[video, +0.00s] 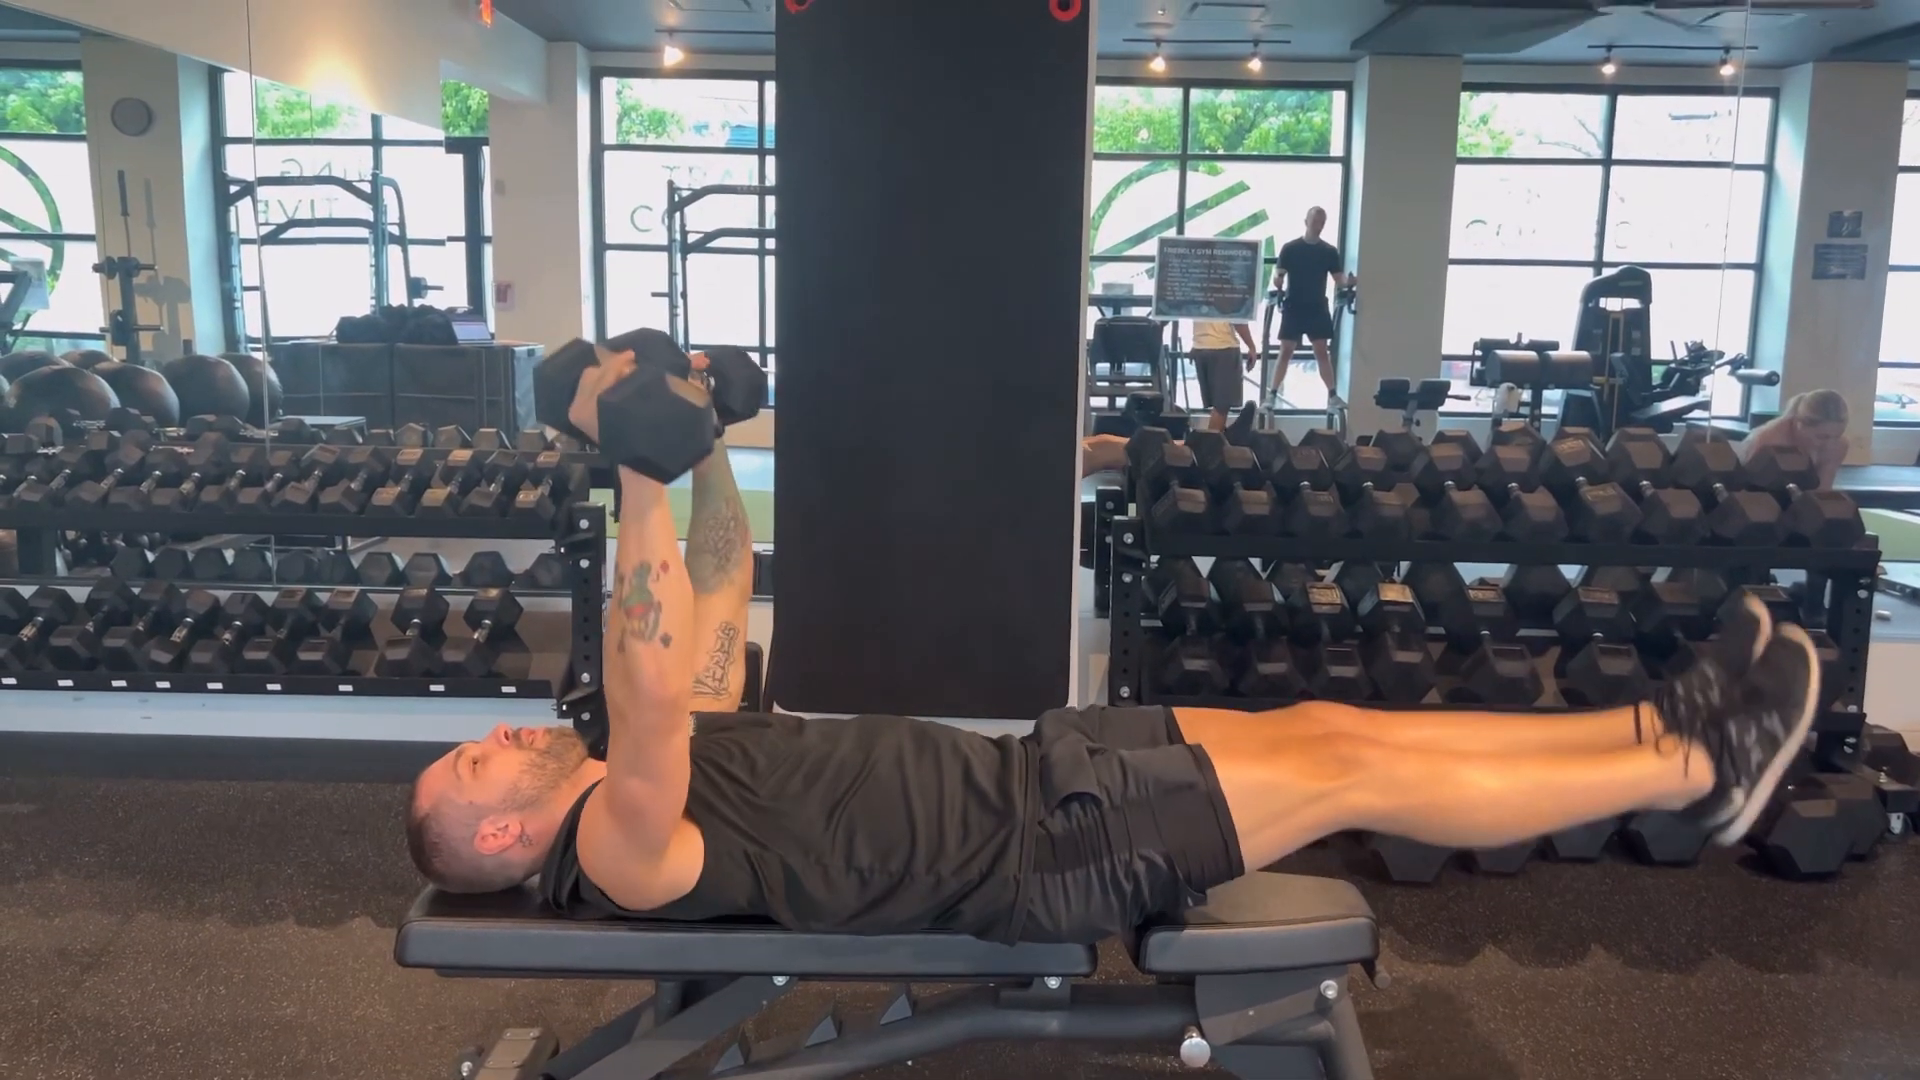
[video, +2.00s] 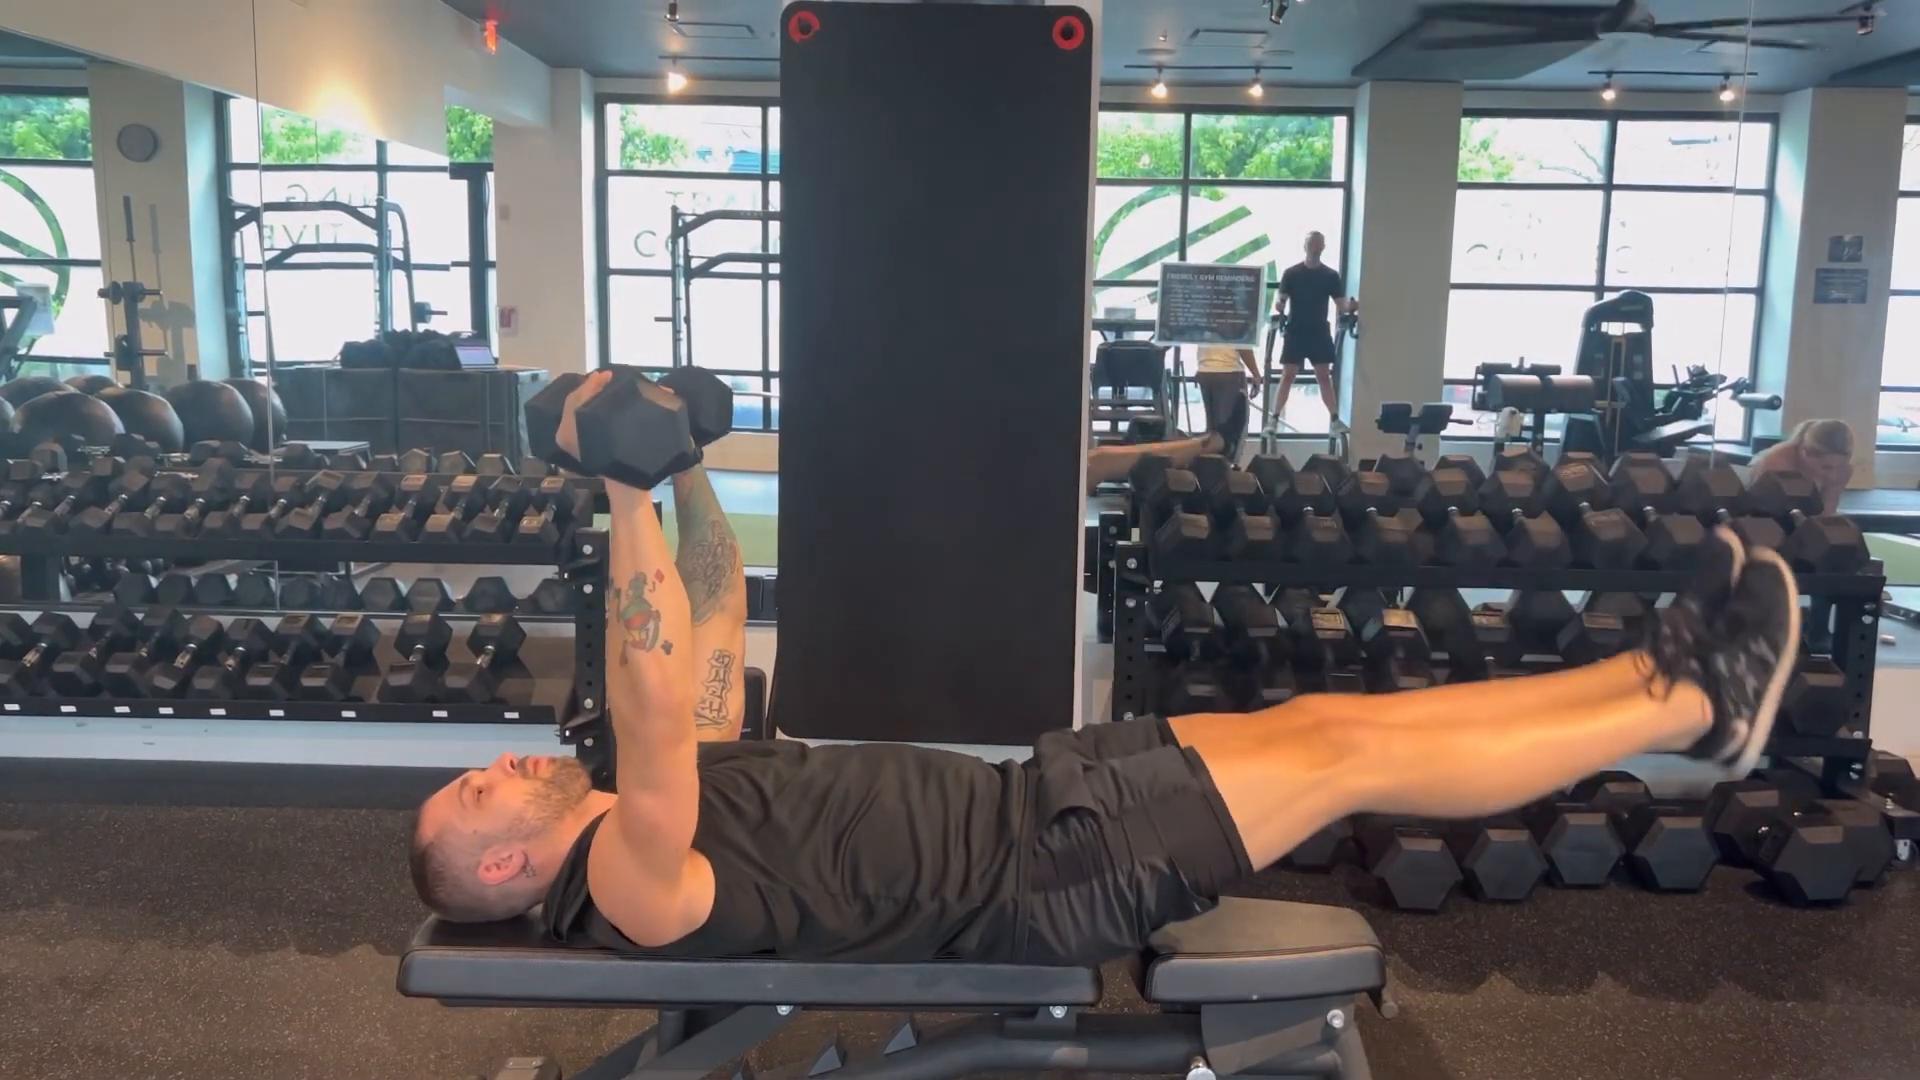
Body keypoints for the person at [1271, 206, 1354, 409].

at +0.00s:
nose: (1317, 225)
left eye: (1321, 221)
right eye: (1314, 220)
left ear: (1324, 224)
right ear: (1306, 221)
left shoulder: (1330, 252)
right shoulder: (1290, 248)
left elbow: (1339, 280)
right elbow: (1278, 277)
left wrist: (1351, 281)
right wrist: (1279, 288)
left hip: (1318, 306)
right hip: (1293, 306)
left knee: (1321, 351)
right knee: (1286, 350)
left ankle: (1332, 395)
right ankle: (1272, 394)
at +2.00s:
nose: (1313, 249)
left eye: (1317, 245)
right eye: (1310, 244)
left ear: (1322, 247)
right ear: (1305, 246)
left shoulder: (1331, 276)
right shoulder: (1291, 274)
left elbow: (1341, 304)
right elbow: (1280, 302)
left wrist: (1351, 306)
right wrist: (1280, 311)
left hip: (1319, 330)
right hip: (1295, 330)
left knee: (1323, 375)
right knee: (1288, 374)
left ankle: (1334, 419)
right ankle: (1274, 417)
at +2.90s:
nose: (1309, 277)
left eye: (1313, 273)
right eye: (1306, 272)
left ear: (1318, 272)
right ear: (1299, 269)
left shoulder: (1325, 291)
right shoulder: (1286, 289)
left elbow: (1335, 315)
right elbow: (1275, 312)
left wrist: (1345, 312)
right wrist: (1274, 315)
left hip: (1316, 340)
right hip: (1292, 340)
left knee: (1328, 379)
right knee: (1283, 377)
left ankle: (1331, 424)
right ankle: (1271, 421)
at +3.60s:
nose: (1307, 282)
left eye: (1310, 278)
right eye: (1303, 278)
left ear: (1315, 278)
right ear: (1297, 277)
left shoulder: (1321, 300)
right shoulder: (1285, 300)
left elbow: (1333, 323)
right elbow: (1271, 324)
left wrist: (1344, 319)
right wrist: (1272, 319)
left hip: (1314, 352)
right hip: (1291, 353)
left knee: (1314, 399)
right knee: (1290, 399)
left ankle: (1311, 442)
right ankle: (1286, 441)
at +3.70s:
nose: (1306, 284)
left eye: (1309, 280)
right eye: (1302, 279)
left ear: (1314, 280)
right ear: (1296, 279)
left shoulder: (1320, 301)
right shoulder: (1284, 301)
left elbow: (1334, 323)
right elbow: (1272, 333)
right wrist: (1273, 321)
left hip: (1312, 356)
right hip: (1289, 356)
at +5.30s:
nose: (1303, 288)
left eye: (1306, 284)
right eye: (1299, 284)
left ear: (1310, 287)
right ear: (1293, 288)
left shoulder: (1320, 311)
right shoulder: (1284, 312)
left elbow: (1332, 334)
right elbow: (1271, 332)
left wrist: (1343, 328)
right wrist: (1271, 329)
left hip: (1314, 358)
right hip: (1291, 357)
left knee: (1319, 393)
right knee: (1299, 381)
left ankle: (1323, 435)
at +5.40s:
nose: (1303, 285)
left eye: (1306, 282)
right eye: (1299, 282)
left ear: (1310, 286)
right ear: (1292, 286)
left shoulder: (1320, 310)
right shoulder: (1283, 311)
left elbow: (1332, 334)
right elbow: (1272, 336)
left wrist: (1342, 329)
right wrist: (1272, 329)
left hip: (1314, 358)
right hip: (1289, 359)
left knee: (1323, 357)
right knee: (1301, 353)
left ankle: (1330, 391)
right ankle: (1309, 396)